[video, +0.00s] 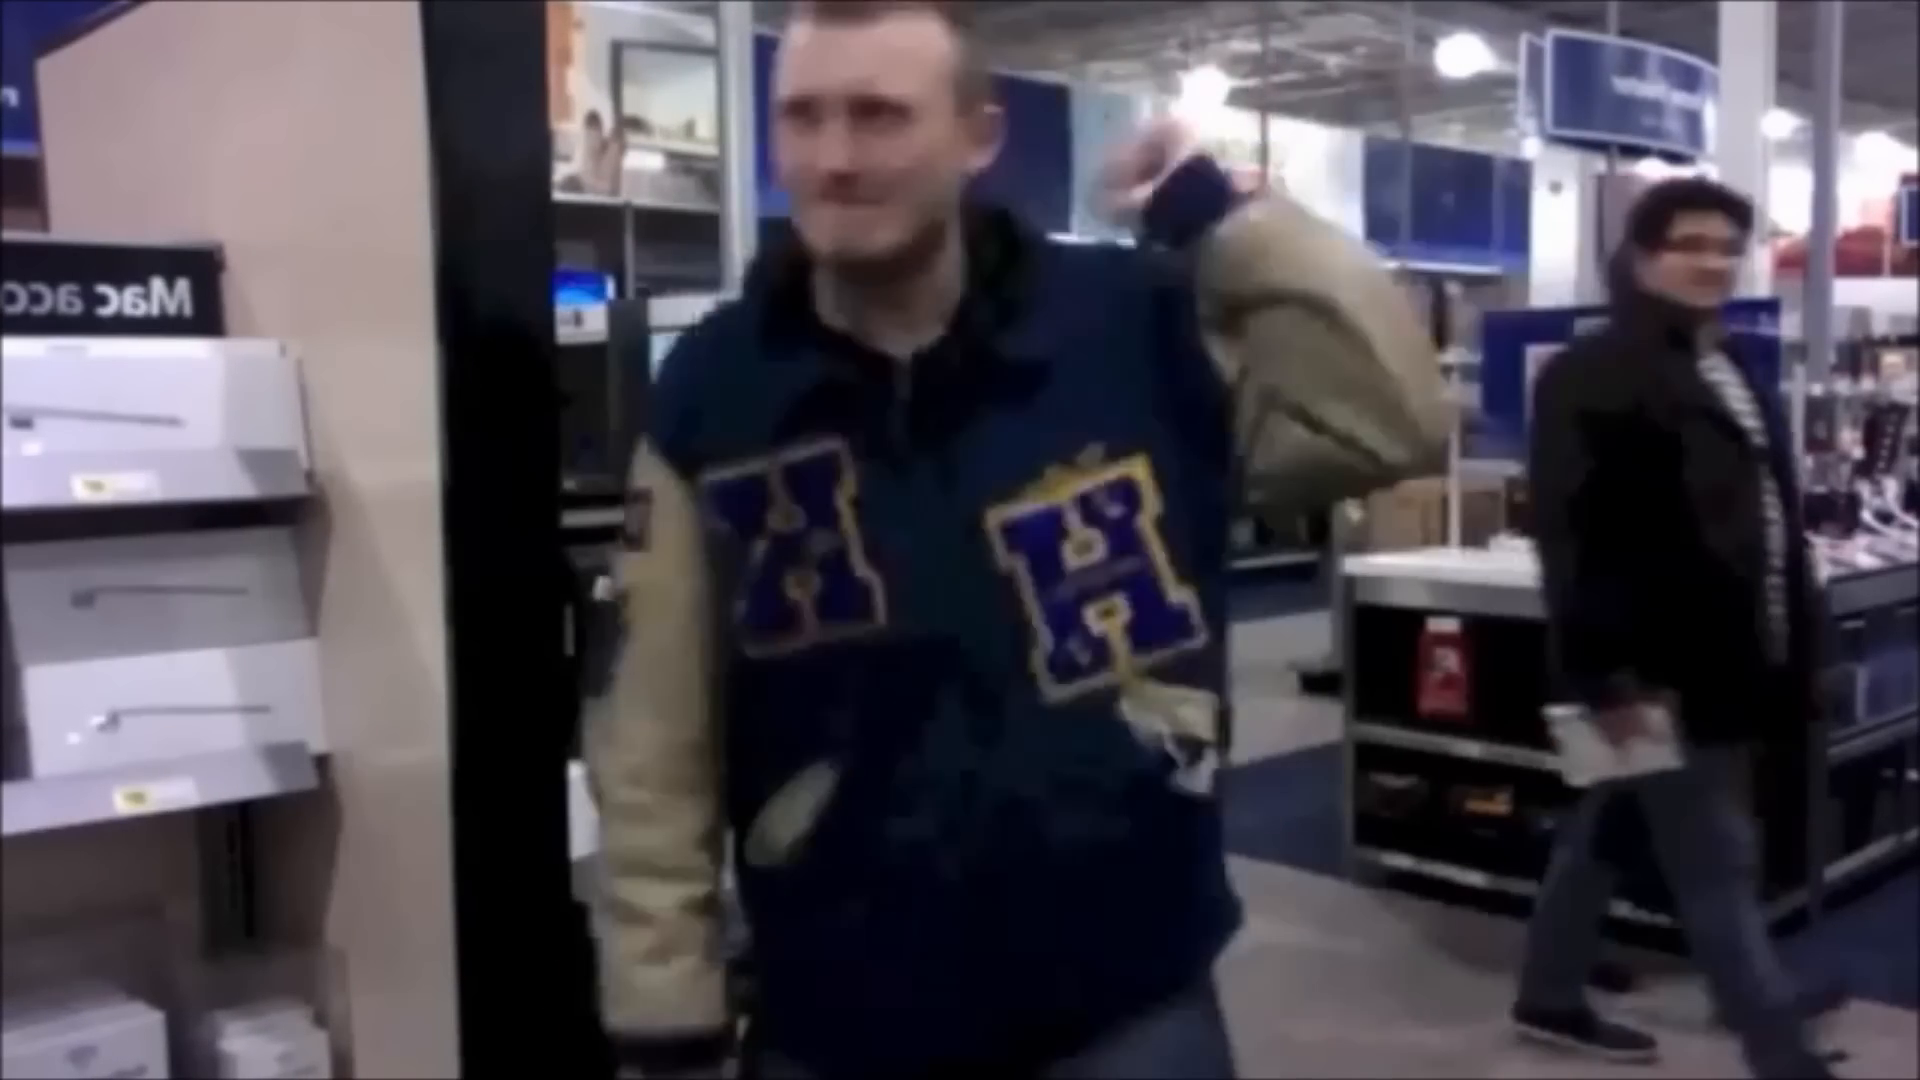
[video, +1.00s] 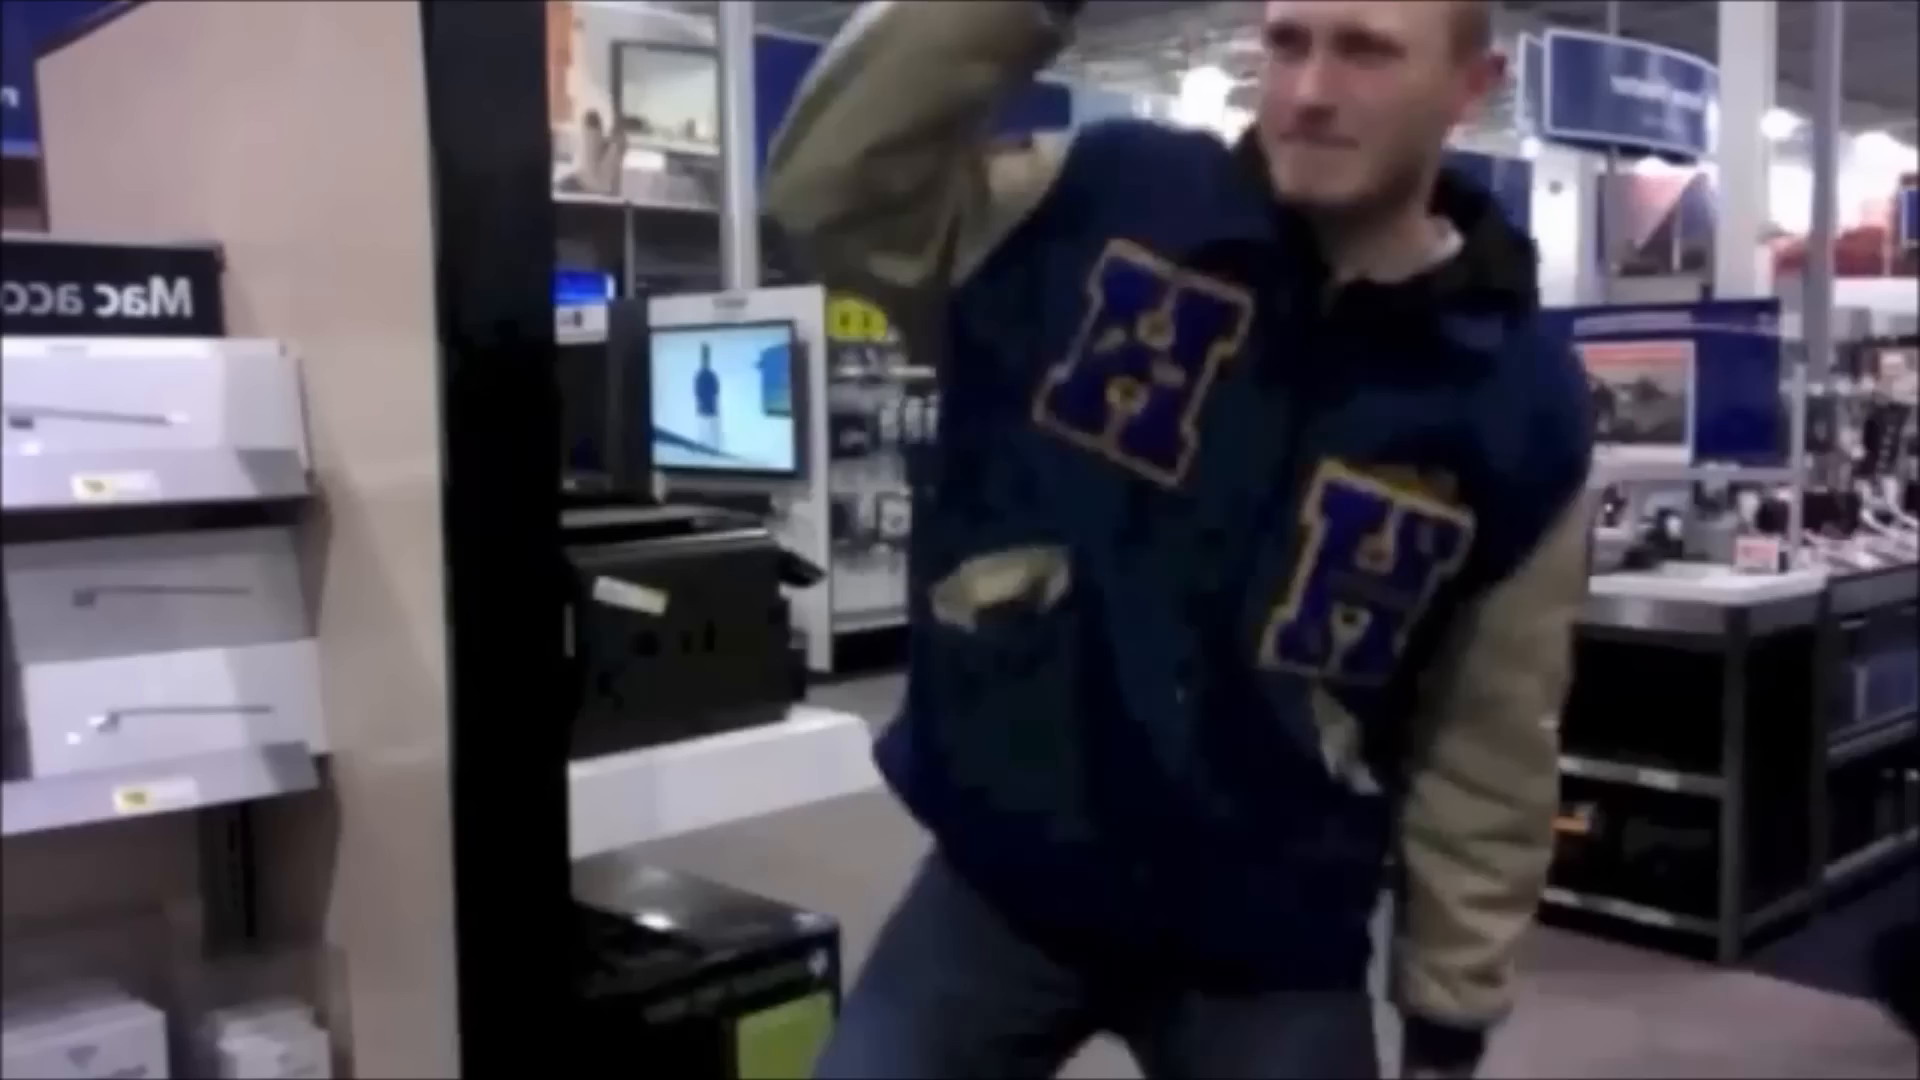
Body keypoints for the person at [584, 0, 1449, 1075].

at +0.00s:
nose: (834, 155)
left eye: (878, 116)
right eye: (804, 116)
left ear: (978, 134)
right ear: (774, 135)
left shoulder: (1132, 329)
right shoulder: (716, 387)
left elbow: (1388, 426)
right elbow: (656, 730)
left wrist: (1219, 219)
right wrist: (665, 1017)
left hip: (1117, 994)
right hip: (845, 1001)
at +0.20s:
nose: (809, 94)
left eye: (854, 56)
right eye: (781, 58)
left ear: (953, 78)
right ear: (752, 82)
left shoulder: (1114, 274)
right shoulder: (697, 331)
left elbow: (1365, 413)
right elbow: (649, 659)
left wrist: (1250, 171)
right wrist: (669, 942)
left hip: (1117, 909)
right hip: (851, 926)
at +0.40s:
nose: (827, 150)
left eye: (869, 107)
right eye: (801, 109)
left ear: (979, 115)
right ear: (774, 120)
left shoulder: (1153, 305)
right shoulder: (740, 384)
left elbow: (1393, 470)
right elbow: (664, 711)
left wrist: (1284, 234)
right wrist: (608, 1000)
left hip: (1151, 987)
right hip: (880, 994)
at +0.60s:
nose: (899, 199)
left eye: (946, 162)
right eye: (873, 160)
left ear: (1048, 182)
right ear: (840, 180)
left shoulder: (1201, 376)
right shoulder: (785, 428)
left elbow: (1460, 514)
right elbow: (635, 688)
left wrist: (1333, 301)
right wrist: (521, 922)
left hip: (1169, 1031)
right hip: (893, 1038)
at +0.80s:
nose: (1236, 44)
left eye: (1293, 9)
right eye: (1217, 5)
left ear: (1398, 31)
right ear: (1180, 18)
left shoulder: (1437, 352)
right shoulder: (1006, 186)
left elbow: (1459, 708)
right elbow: (747, 172)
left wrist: (1468, 1011)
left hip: (1244, 924)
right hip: (979, 883)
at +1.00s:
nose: (1310, 90)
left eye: (1367, 51)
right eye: (1289, 45)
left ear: (1469, 84)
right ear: (1257, 55)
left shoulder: (1515, 393)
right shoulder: (1104, 203)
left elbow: (1492, 741)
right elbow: (828, 198)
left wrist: (1445, 1033)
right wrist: (1030, 11)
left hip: (1268, 931)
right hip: (1010, 880)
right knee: (865, 1066)